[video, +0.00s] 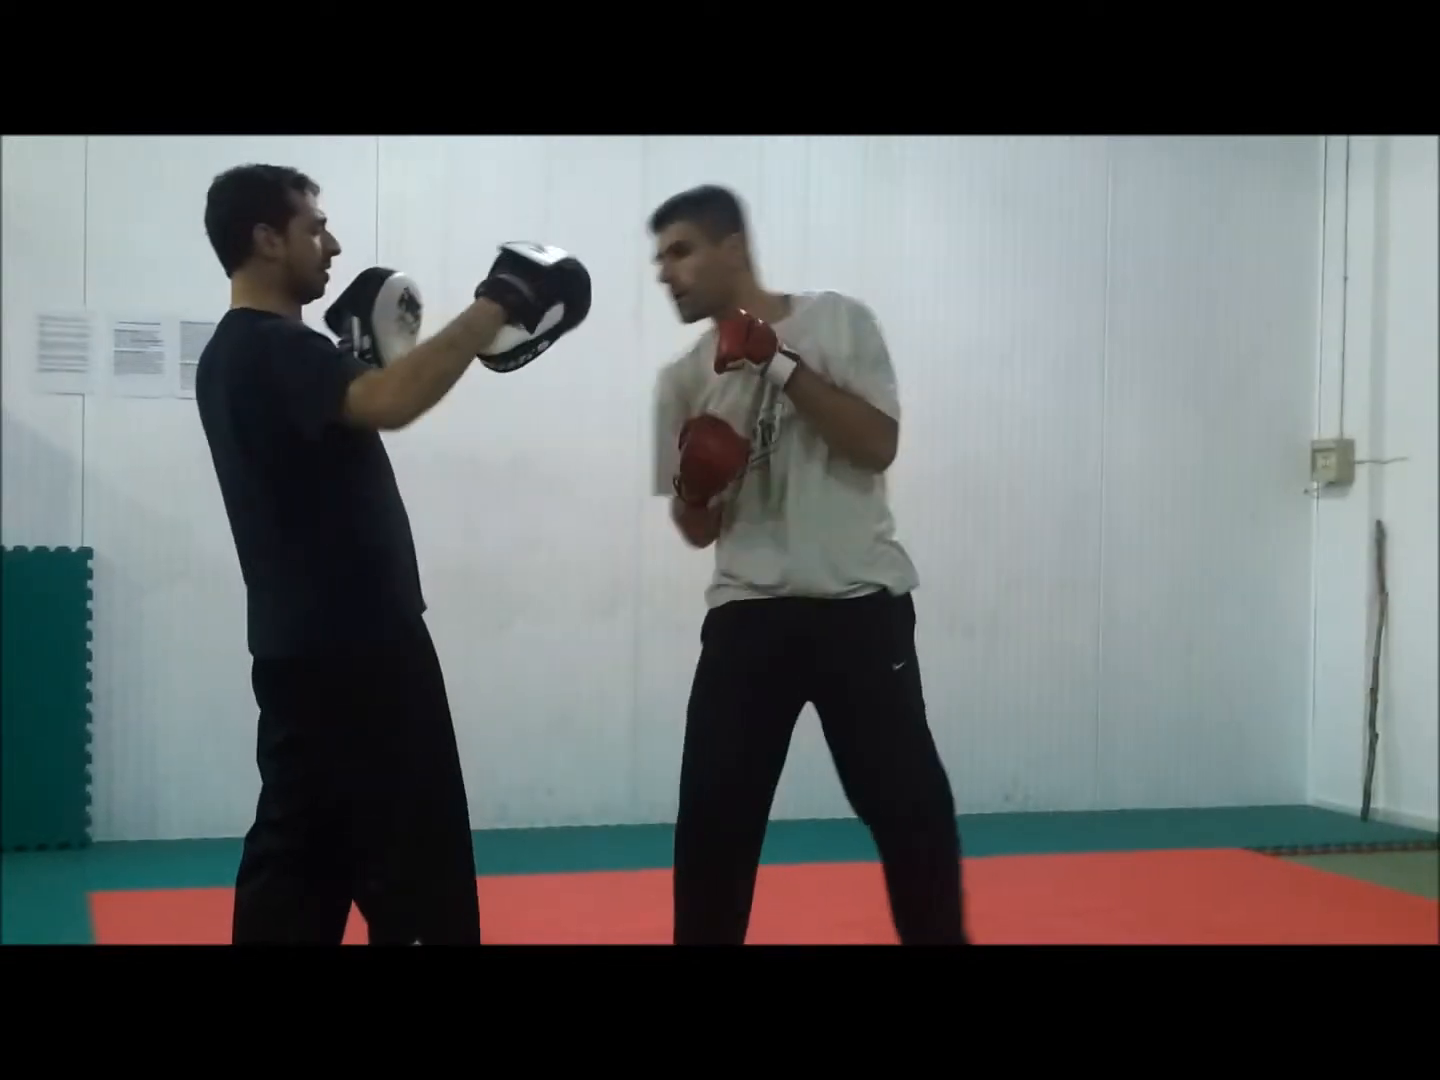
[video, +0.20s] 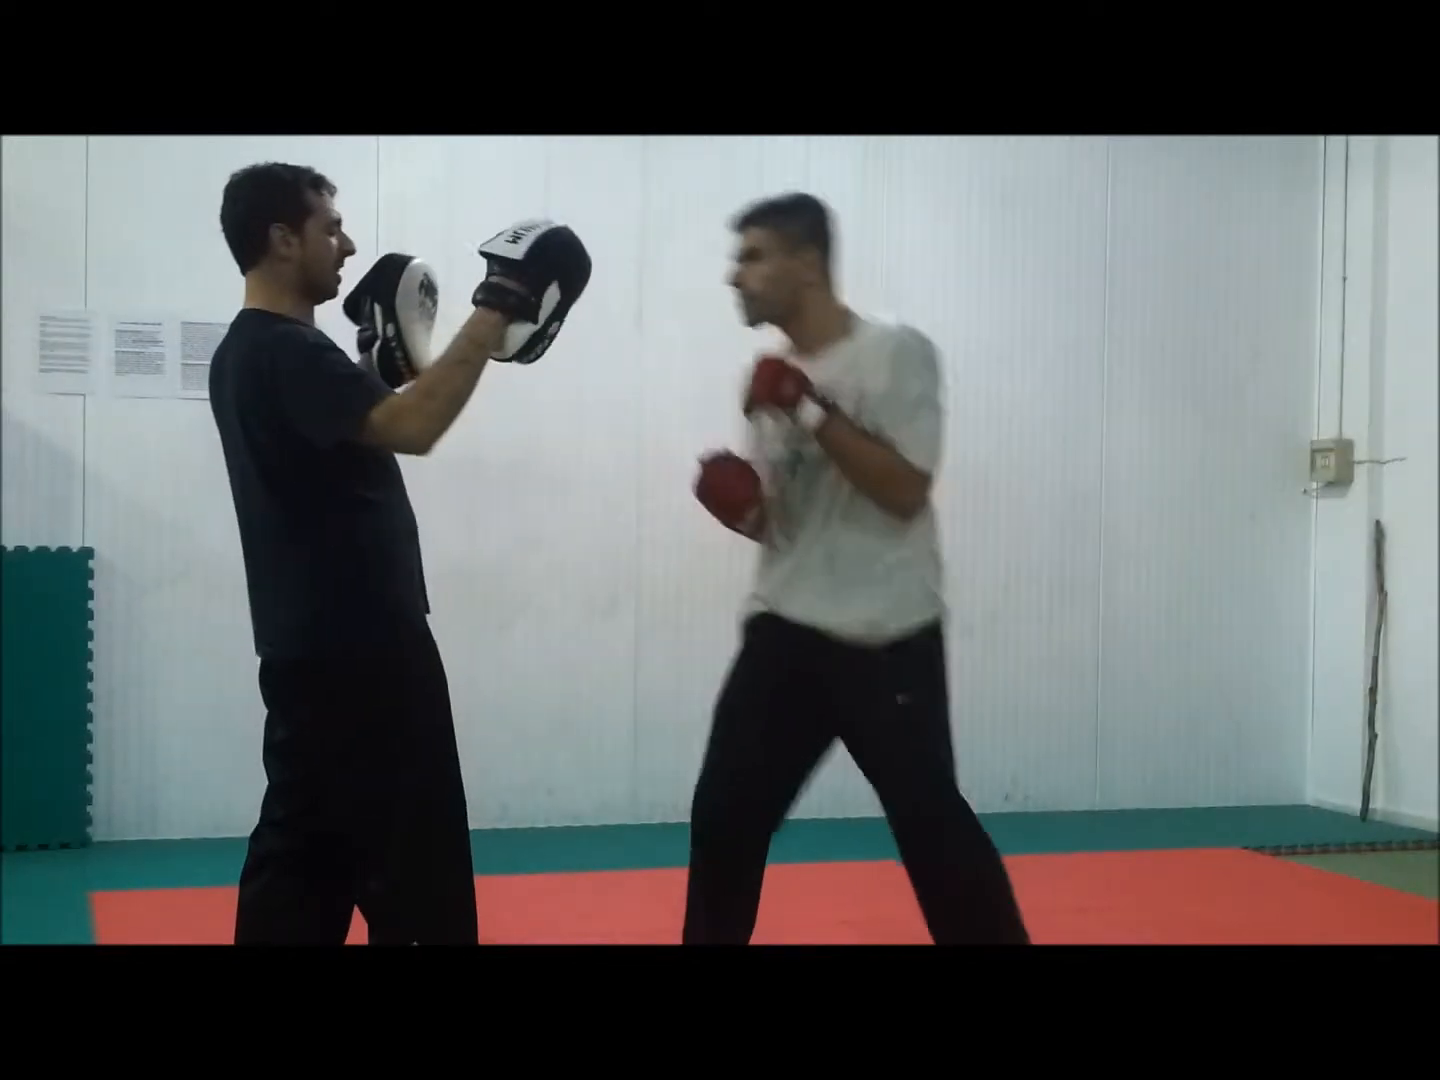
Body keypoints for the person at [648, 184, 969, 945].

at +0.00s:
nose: (664, 272)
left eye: (678, 252)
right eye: (660, 259)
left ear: (733, 247)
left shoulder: (837, 321)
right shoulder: (681, 379)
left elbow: (879, 445)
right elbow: (696, 530)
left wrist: (781, 362)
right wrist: (700, 483)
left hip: (860, 608)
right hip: (748, 612)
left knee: (913, 818)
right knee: (712, 827)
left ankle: (940, 944)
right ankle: (703, 948)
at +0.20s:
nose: (735, 278)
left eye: (751, 259)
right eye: (736, 261)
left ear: (808, 263)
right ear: (796, 268)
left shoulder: (899, 353)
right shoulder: (768, 378)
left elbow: (906, 491)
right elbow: (785, 526)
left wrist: (809, 405)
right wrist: (745, 507)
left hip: (889, 643)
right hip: (787, 638)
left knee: (935, 834)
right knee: (723, 826)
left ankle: (1001, 945)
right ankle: (711, 945)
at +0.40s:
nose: (811, 265)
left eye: (828, 246)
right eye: (813, 248)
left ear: (885, 255)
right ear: (867, 260)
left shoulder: (957, 359)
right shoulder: (861, 375)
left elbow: (957, 508)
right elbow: (877, 510)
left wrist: (863, 414)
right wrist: (815, 482)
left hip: (952, 651)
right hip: (858, 642)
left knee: (973, 849)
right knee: (768, 830)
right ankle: (727, 943)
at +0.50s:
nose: (840, 299)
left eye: (855, 282)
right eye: (838, 283)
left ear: (911, 284)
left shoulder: (976, 368)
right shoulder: (859, 383)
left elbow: (947, 501)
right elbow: (823, 511)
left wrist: (870, 406)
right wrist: (806, 421)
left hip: (958, 658)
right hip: (860, 658)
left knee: (991, 865)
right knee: (814, 853)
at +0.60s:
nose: (855, 314)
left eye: (870, 296)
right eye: (853, 298)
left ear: (925, 298)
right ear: (903, 303)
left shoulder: (990, 384)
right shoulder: (871, 394)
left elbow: (966, 516)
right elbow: (838, 523)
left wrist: (893, 423)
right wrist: (828, 441)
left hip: (968, 663)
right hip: (866, 658)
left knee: (995, 853)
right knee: (797, 817)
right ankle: (793, 950)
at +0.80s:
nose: (854, 297)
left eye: (872, 282)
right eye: (852, 281)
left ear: (927, 290)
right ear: (857, 285)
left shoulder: (988, 387)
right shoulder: (845, 377)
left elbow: (1005, 529)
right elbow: (791, 497)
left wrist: (918, 442)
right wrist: (797, 428)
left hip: (944, 658)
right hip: (837, 643)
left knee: (983, 846)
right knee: (739, 781)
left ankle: (1019, 944)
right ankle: (737, 940)